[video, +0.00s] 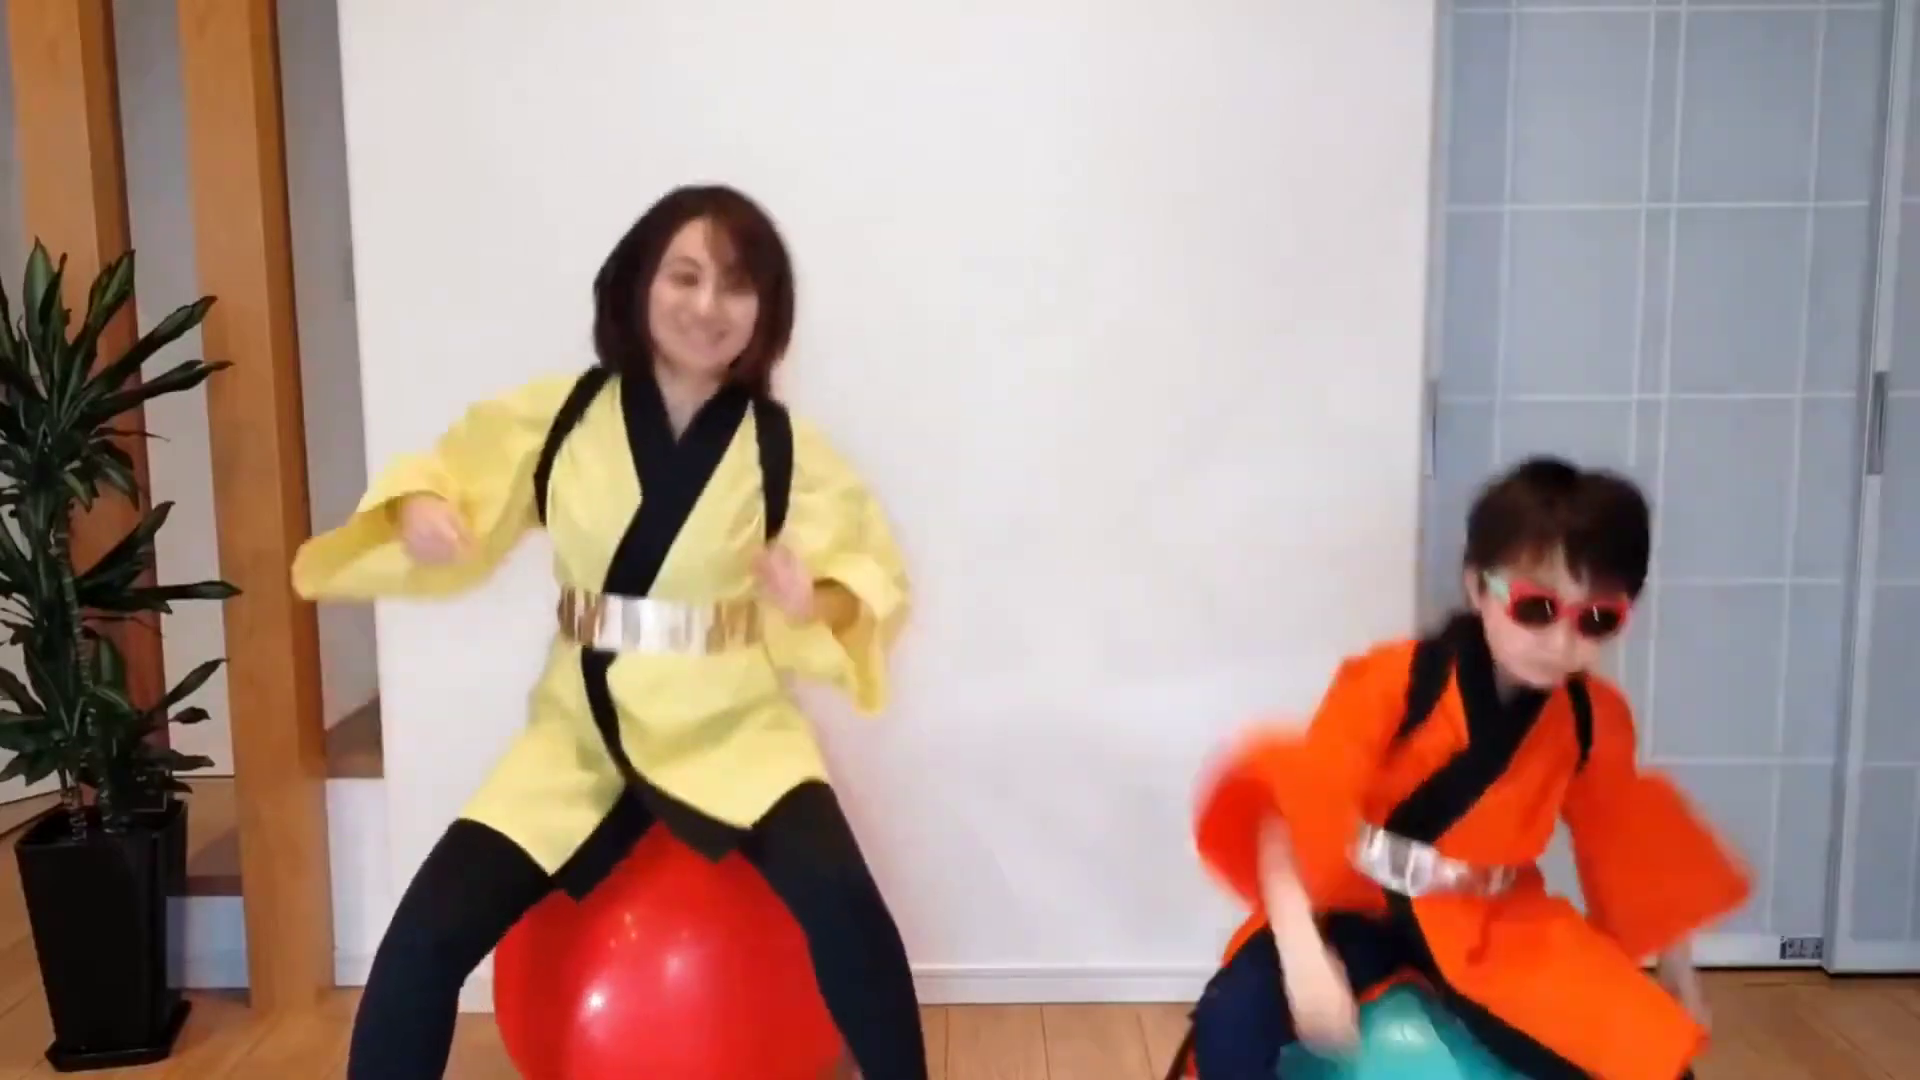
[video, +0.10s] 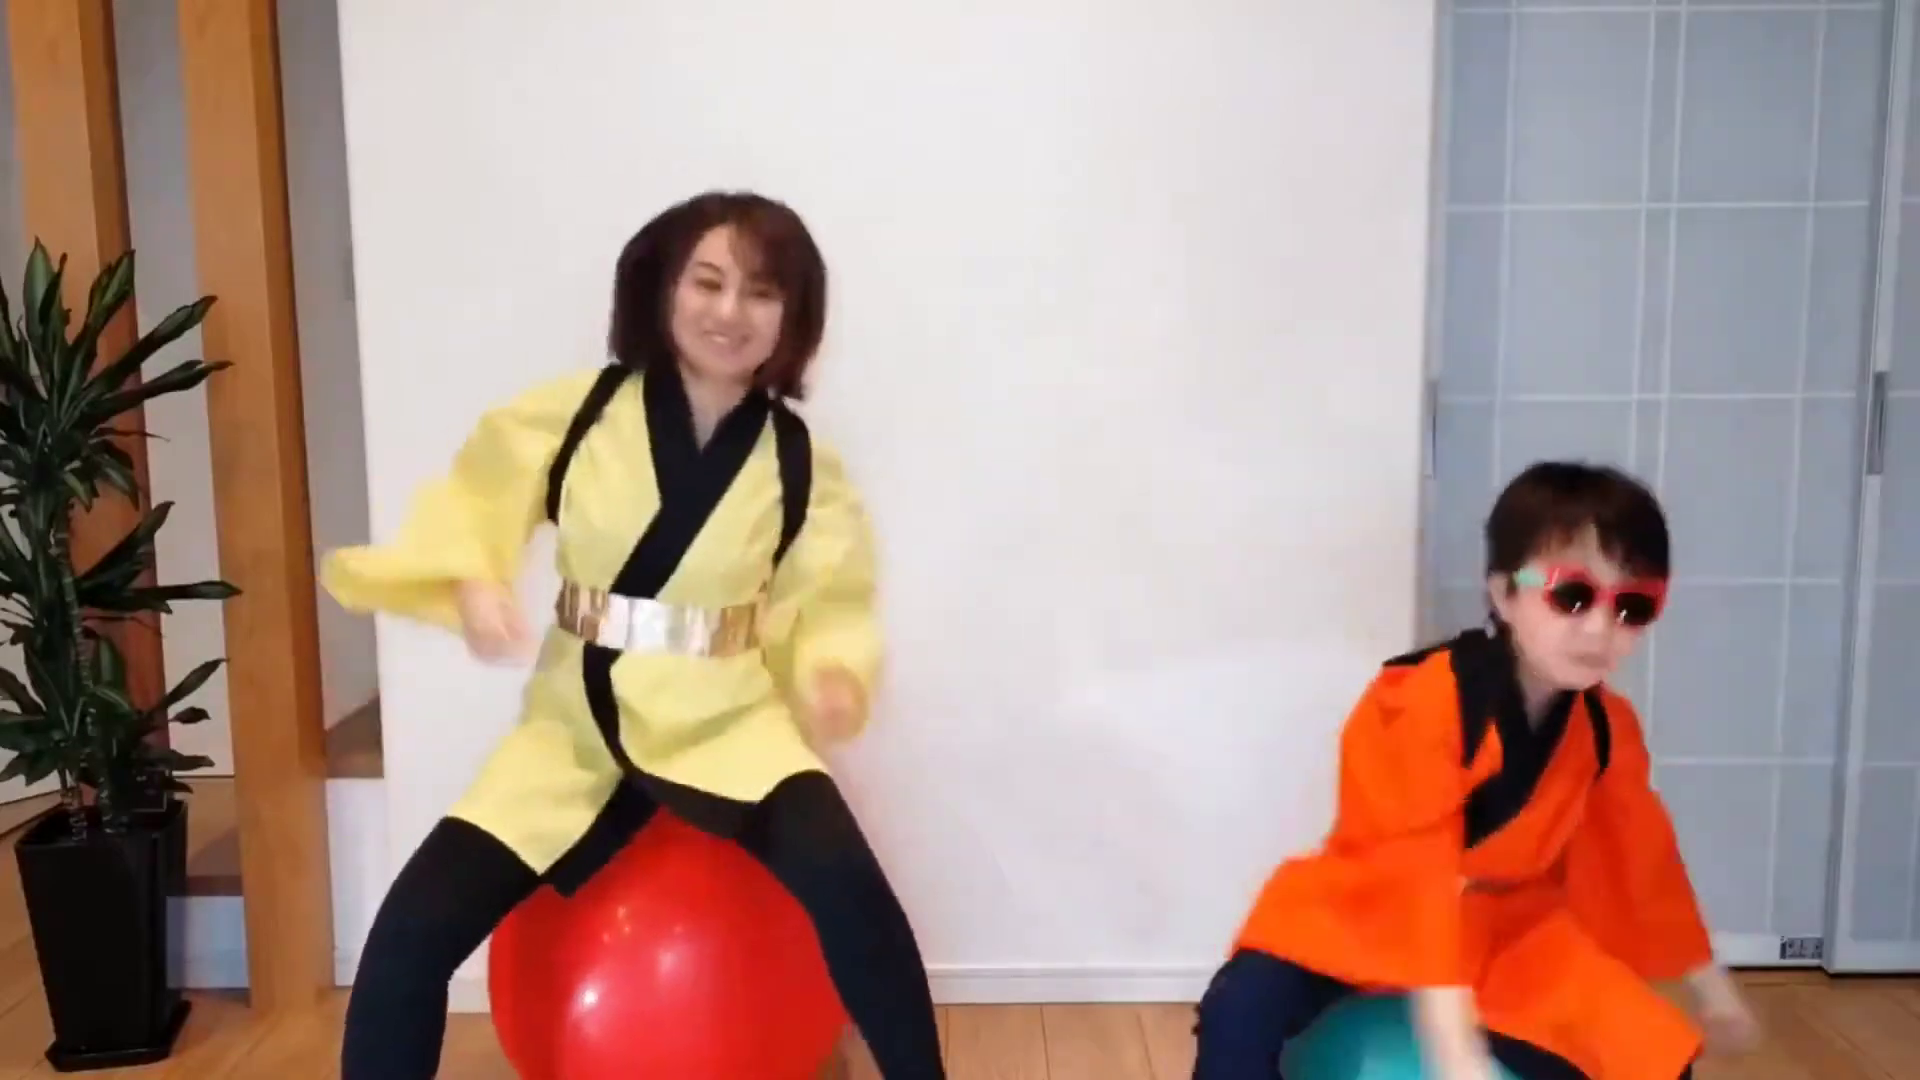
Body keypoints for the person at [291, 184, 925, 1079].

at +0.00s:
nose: (708, 306)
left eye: (736, 285)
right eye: (684, 277)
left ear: (766, 312)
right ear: (639, 289)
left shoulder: (783, 446)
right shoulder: (564, 411)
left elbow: (870, 580)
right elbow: (441, 474)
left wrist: (812, 600)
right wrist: (421, 507)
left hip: (734, 732)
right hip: (581, 736)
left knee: (846, 907)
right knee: (425, 937)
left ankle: (900, 1074)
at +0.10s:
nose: (730, 312)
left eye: (760, 292)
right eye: (707, 282)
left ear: (793, 319)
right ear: (662, 294)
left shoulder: (801, 462)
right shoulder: (578, 411)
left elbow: (833, 601)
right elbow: (471, 501)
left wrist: (832, 674)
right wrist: (476, 580)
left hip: (733, 733)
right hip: (577, 735)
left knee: (849, 882)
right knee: (408, 933)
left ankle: (917, 1072)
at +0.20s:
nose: (737, 367)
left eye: (766, 348)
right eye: (716, 339)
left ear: (799, 375)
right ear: (675, 356)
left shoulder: (805, 531)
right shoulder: (588, 484)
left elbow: (824, 694)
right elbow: (491, 623)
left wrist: (875, 827)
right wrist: (498, 747)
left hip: (735, 787)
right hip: (577, 782)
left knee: (857, 935)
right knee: (394, 940)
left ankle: (915, 1073)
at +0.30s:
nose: (720, 419)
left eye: (748, 400)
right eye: (695, 397)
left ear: (780, 428)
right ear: (657, 417)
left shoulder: (797, 588)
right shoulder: (588, 547)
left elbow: (867, 728)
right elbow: (509, 666)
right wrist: (493, 742)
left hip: (734, 846)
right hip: (578, 842)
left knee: (854, 921)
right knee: (401, 940)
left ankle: (910, 1077)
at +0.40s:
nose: (701, 376)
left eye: (728, 355)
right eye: (676, 354)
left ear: (763, 382)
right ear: (641, 376)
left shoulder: (789, 533)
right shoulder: (583, 507)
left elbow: (911, 655)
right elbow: (508, 640)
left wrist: (1023, 627)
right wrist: (497, 544)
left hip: (750, 822)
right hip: (598, 824)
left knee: (866, 918)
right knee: (421, 941)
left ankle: (918, 1070)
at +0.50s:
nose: (686, 300)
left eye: (713, 279)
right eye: (660, 276)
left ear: (747, 303)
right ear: (622, 298)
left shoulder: (785, 447)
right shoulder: (570, 437)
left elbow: (923, 597)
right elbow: (464, 571)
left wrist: (936, 481)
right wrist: (496, 431)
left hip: (766, 747)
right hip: (611, 752)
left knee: (882, 929)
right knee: (440, 924)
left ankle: (922, 1071)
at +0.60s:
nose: (674, 289)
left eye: (703, 267)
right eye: (648, 262)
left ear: (733, 289)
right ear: (602, 281)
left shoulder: (772, 416)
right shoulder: (559, 426)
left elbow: (890, 574)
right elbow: (460, 594)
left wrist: (831, 462)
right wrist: (503, 451)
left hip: (778, 726)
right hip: (626, 738)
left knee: (886, 916)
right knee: (463, 909)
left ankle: (930, 1072)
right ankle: (461, 1073)